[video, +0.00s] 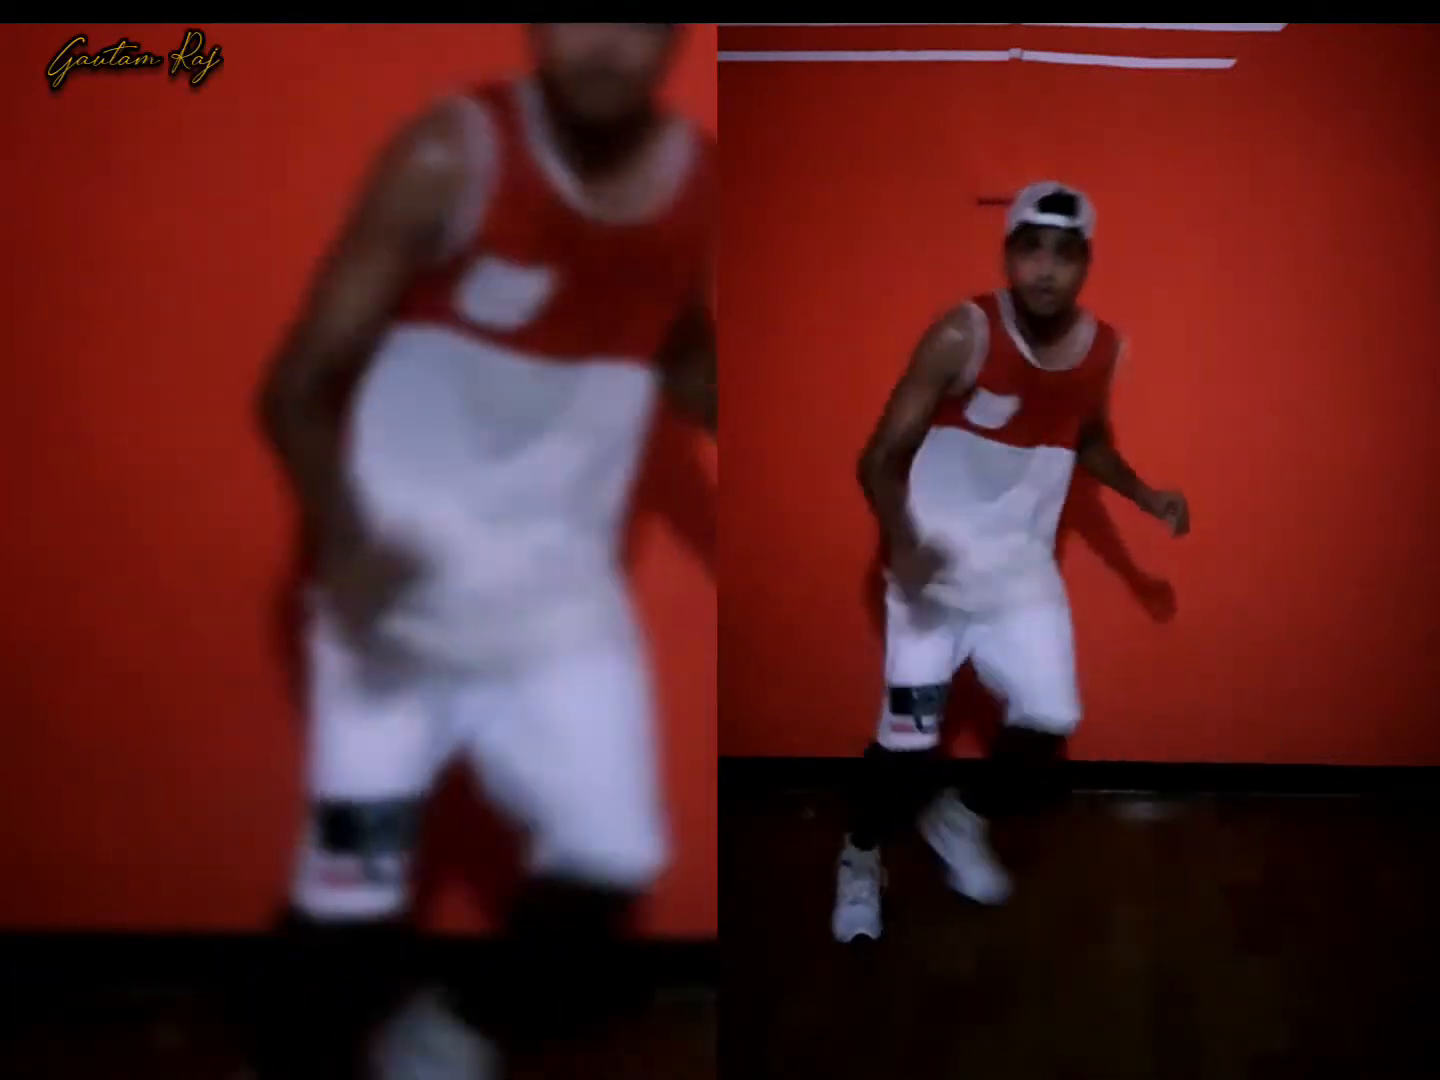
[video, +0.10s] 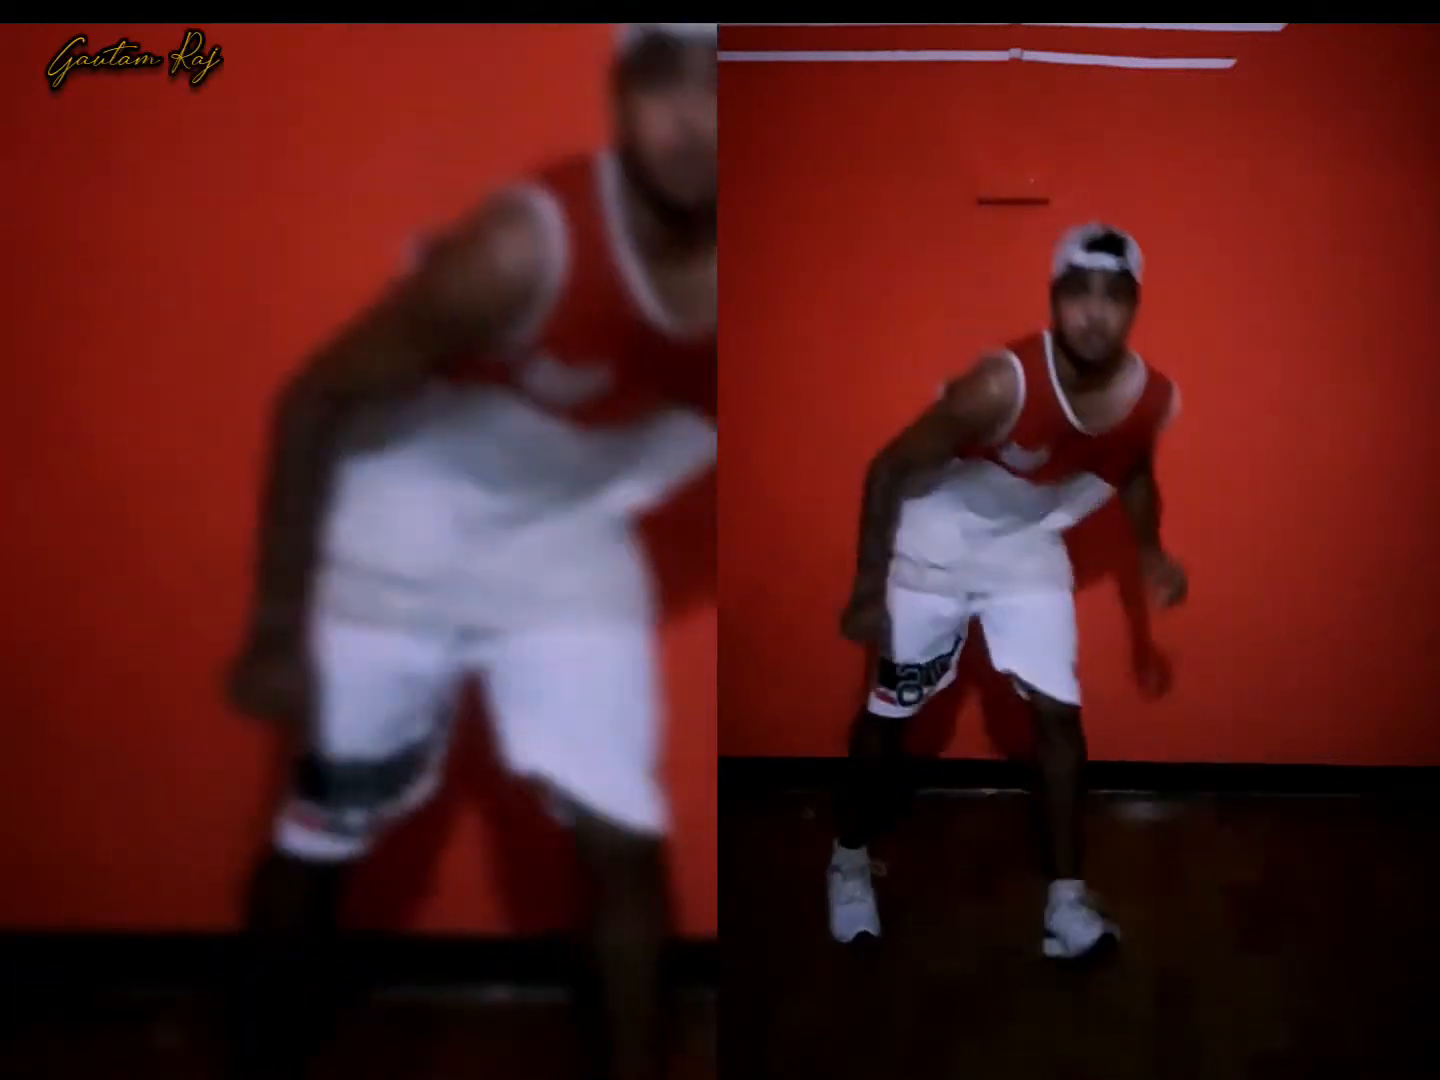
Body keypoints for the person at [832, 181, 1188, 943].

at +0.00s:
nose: (1045, 270)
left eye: (1063, 255)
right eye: (1031, 251)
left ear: (1086, 266)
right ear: (1008, 259)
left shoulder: (1099, 348)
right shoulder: (963, 337)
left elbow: (1089, 440)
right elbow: (880, 460)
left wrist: (1146, 494)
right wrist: (904, 542)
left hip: (1023, 566)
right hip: (932, 559)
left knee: (1048, 719)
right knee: (911, 738)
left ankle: (960, 817)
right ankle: (861, 860)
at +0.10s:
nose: (1094, 314)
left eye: (1112, 297)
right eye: (1078, 295)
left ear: (1135, 309)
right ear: (1054, 303)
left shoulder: (1149, 400)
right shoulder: (1000, 387)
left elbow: (1134, 473)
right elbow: (888, 472)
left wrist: (1152, 550)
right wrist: (869, 588)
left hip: (1032, 540)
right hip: (936, 526)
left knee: (1058, 712)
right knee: (896, 703)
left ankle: (1066, 897)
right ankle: (850, 864)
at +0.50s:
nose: (1185, 253)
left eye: (1204, 238)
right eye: (1171, 232)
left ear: (1228, 249)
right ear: (1148, 236)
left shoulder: (1244, 357)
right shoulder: (1113, 291)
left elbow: (1225, 496)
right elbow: (1070, 385)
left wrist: (1174, 426)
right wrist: (1025, 466)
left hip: (1156, 593)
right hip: (1079, 573)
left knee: (1110, 774)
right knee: (1075, 765)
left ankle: (1109, 941)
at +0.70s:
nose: (1170, 284)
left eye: (1187, 266)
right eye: (1156, 267)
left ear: (1217, 269)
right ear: (1140, 271)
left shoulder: (1254, 365)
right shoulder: (1147, 345)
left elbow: (1245, 494)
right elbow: (1159, 448)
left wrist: (1188, 377)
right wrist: (1080, 464)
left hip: (1198, 630)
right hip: (1147, 618)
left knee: (1152, 830)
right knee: (1180, 796)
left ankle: (1326, 910)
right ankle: (1276, 903)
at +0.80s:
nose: (1121, 277)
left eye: (1136, 257)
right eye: (1109, 259)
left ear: (1181, 251)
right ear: (1102, 261)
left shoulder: (1240, 331)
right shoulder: (1130, 341)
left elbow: (1259, 451)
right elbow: (1157, 443)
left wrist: (1143, 399)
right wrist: (1096, 441)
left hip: (1231, 614)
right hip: (1162, 603)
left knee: (1218, 801)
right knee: (1126, 760)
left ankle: (1349, 920)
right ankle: (1260, 882)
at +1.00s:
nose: (1067, 352)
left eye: (1080, 333)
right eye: (1060, 335)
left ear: (1131, 326)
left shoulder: (1160, 401)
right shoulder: (1152, 379)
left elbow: (1217, 493)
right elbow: (1127, 450)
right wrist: (1077, 495)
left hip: (1271, 606)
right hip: (1204, 586)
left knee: (1245, 807)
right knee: (1110, 705)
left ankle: (1370, 936)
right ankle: (1111, 895)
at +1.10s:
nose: (1042, 390)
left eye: (1054, 372)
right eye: (1037, 373)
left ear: (1109, 359)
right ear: (1109, 359)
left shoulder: (1137, 453)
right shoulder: (1145, 403)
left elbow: (1203, 579)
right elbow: (1127, 507)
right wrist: (1081, 583)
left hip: (1261, 623)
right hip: (1191, 594)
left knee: (1238, 820)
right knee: (1098, 722)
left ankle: (1369, 939)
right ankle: (1102, 907)